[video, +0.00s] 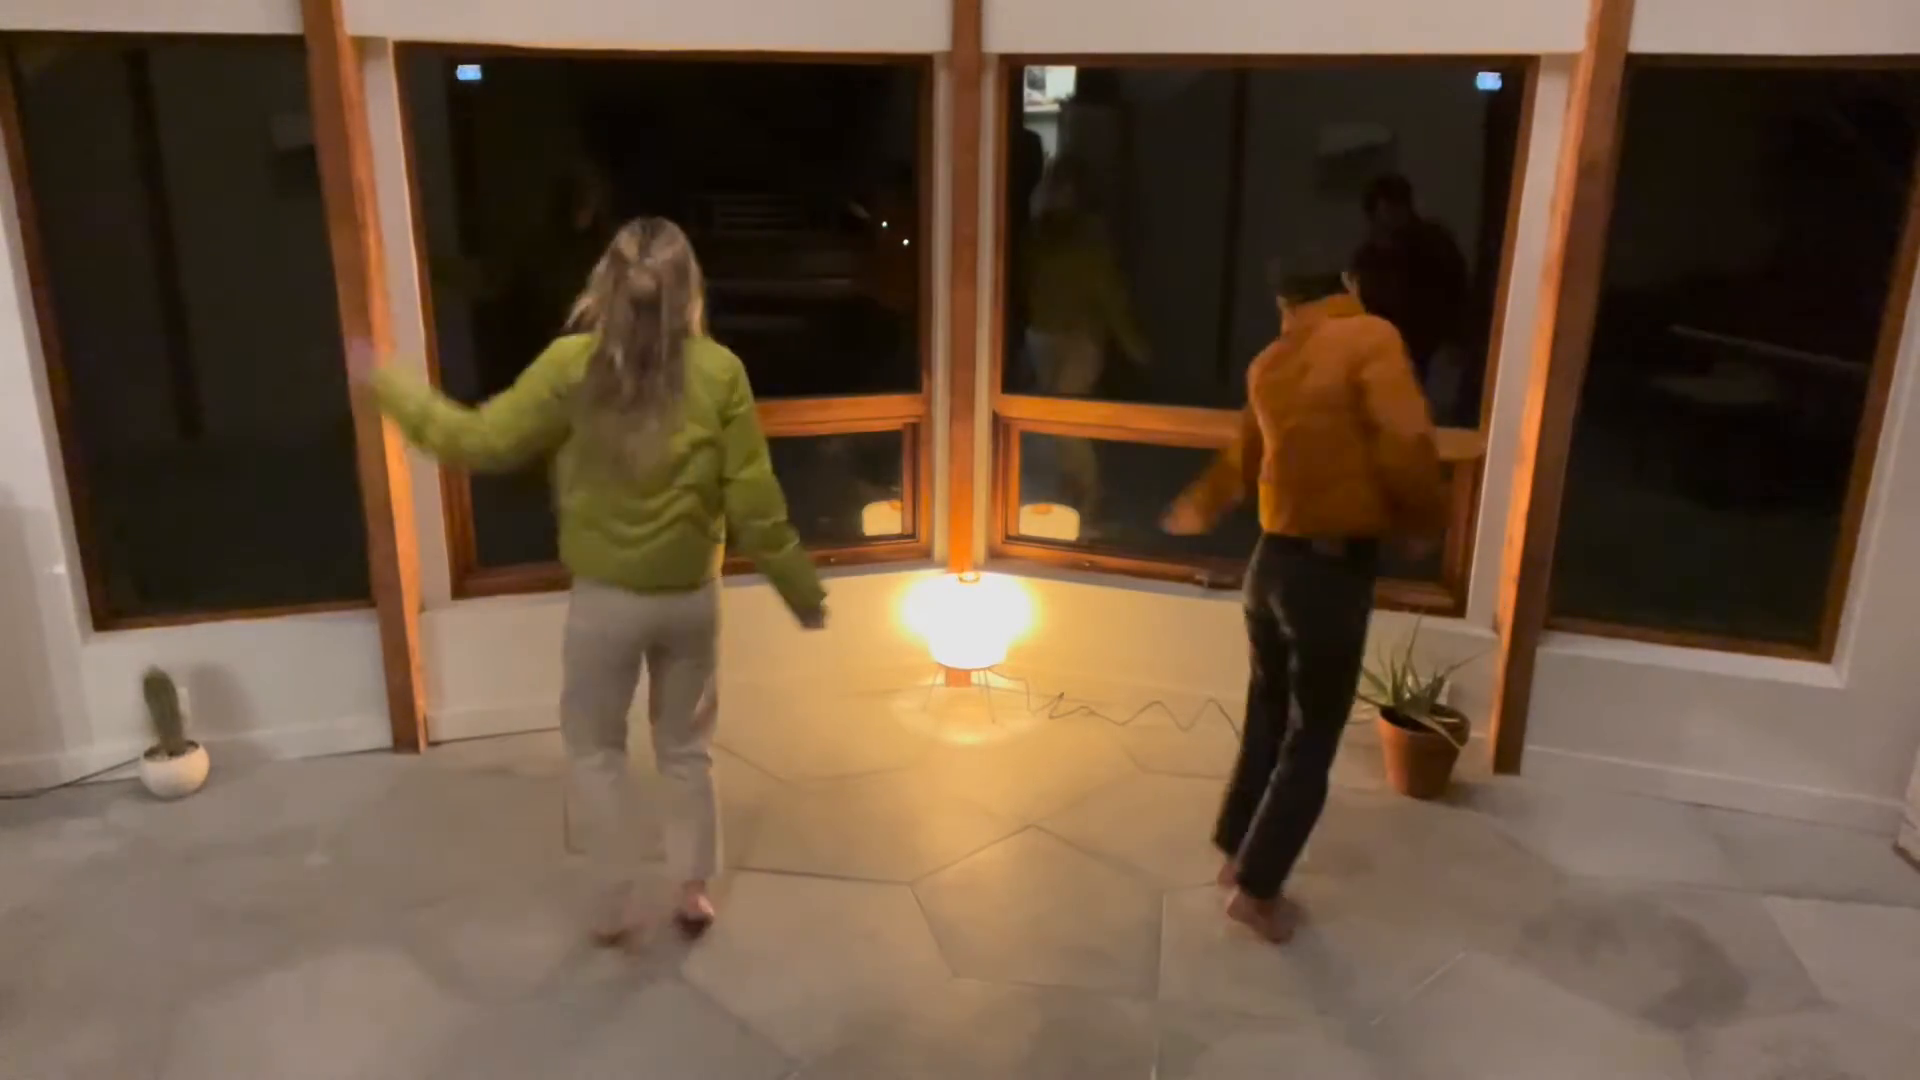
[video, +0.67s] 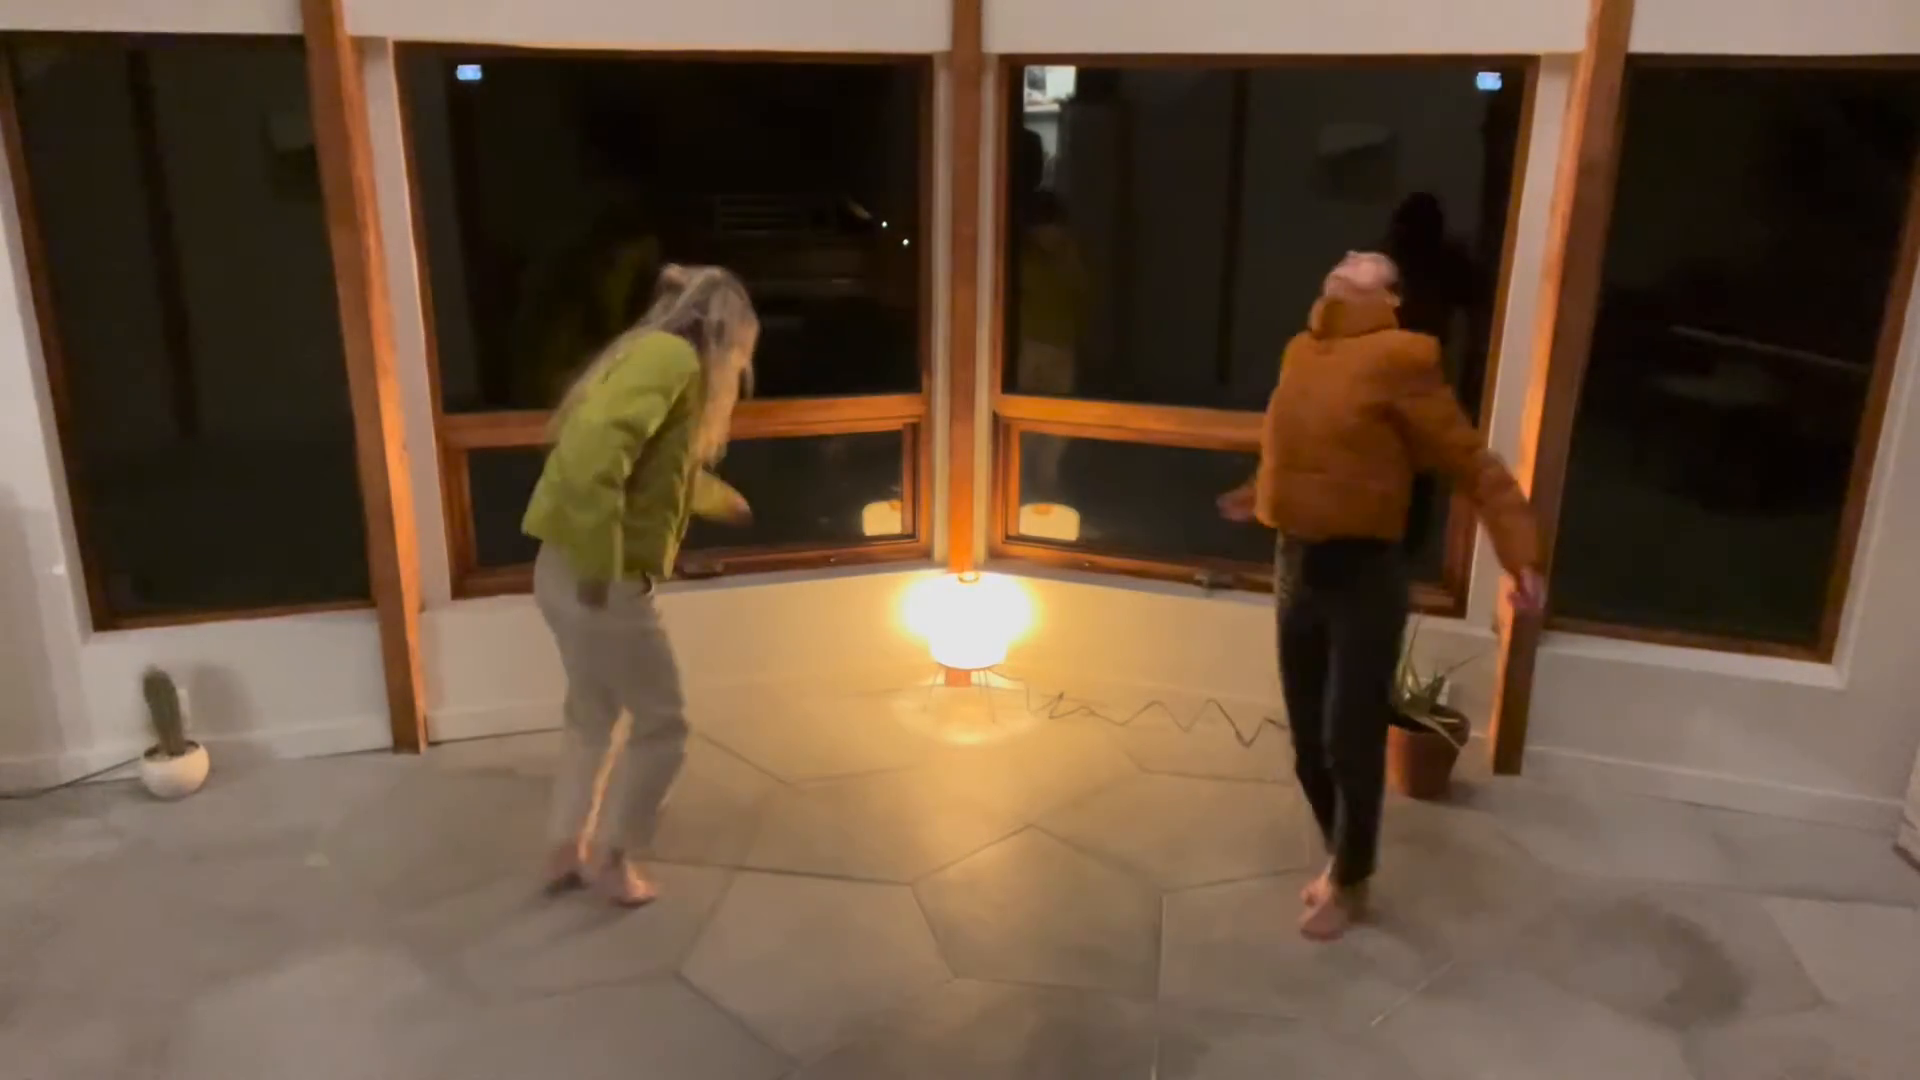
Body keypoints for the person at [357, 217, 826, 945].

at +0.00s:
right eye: (689, 283)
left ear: (606, 287)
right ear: (688, 293)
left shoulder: (570, 366)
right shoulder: (718, 372)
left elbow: (484, 441)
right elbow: (754, 501)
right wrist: (802, 590)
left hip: (606, 606)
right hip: (688, 606)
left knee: (596, 750)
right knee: (685, 749)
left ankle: (618, 899)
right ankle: (693, 887)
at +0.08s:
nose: (702, 303)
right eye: (697, 290)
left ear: (606, 286)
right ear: (688, 297)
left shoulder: (556, 360)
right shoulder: (705, 374)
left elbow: (456, 397)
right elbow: (733, 510)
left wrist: (410, 309)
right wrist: (771, 606)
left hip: (584, 603)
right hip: (670, 605)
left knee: (602, 756)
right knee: (673, 733)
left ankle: (621, 900)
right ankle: (665, 879)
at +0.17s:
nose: (706, 306)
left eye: (704, 294)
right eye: (701, 294)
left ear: (612, 287)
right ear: (685, 298)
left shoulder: (560, 353)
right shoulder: (697, 374)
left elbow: (467, 375)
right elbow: (716, 512)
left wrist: (446, 285)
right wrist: (750, 615)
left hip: (576, 598)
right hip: (661, 601)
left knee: (592, 745)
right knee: (665, 736)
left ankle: (611, 889)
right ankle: (645, 885)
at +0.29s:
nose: (711, 312)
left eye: (710, 300)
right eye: (707, 300)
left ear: (619, 287)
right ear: (687, 301)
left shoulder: (568, 348)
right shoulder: (680, 374)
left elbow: (508, 362)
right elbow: (683, 507)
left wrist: (525, 302)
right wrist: (710, 616)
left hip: (557, 587)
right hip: (634, 594)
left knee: (578, 738)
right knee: (662, 739)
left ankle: (553, 880)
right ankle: (635, 884)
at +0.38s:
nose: (714, 322)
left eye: (714, 309)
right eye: (711, 309)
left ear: (625, 294)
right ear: (688, 307)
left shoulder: (575, 349)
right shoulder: (673, 373)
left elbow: (528, 374)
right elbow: (667, 510)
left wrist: (564, 322)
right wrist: (689, 617)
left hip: (549, 589)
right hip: (621, 595)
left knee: (575, 738)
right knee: (660, 733)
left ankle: (555, 878)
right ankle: (616, 877)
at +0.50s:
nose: (724, 339)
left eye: (725, 325)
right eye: (722, 324)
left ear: (649, 302)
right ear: (699, 316)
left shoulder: (604, 354)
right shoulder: (668, 369)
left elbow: (566, 467)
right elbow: (632, 498)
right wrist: (648, 612)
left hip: (555, 578)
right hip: (599, 584)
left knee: (600, 724)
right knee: (633, 737)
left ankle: (583, 851)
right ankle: (596, 880)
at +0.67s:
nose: (738, 365)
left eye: (743, 353)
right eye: (739, 349)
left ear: (684, 313)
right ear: (718, 329)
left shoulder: (651, 355)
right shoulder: (672, 356)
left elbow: (660, 469)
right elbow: (594, 446)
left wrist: (717, 497)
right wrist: (598, 565)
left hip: (566, 570)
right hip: (606, 580)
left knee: (590, 711)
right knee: (661, 723)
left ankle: (565, 846)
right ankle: (611, 857)